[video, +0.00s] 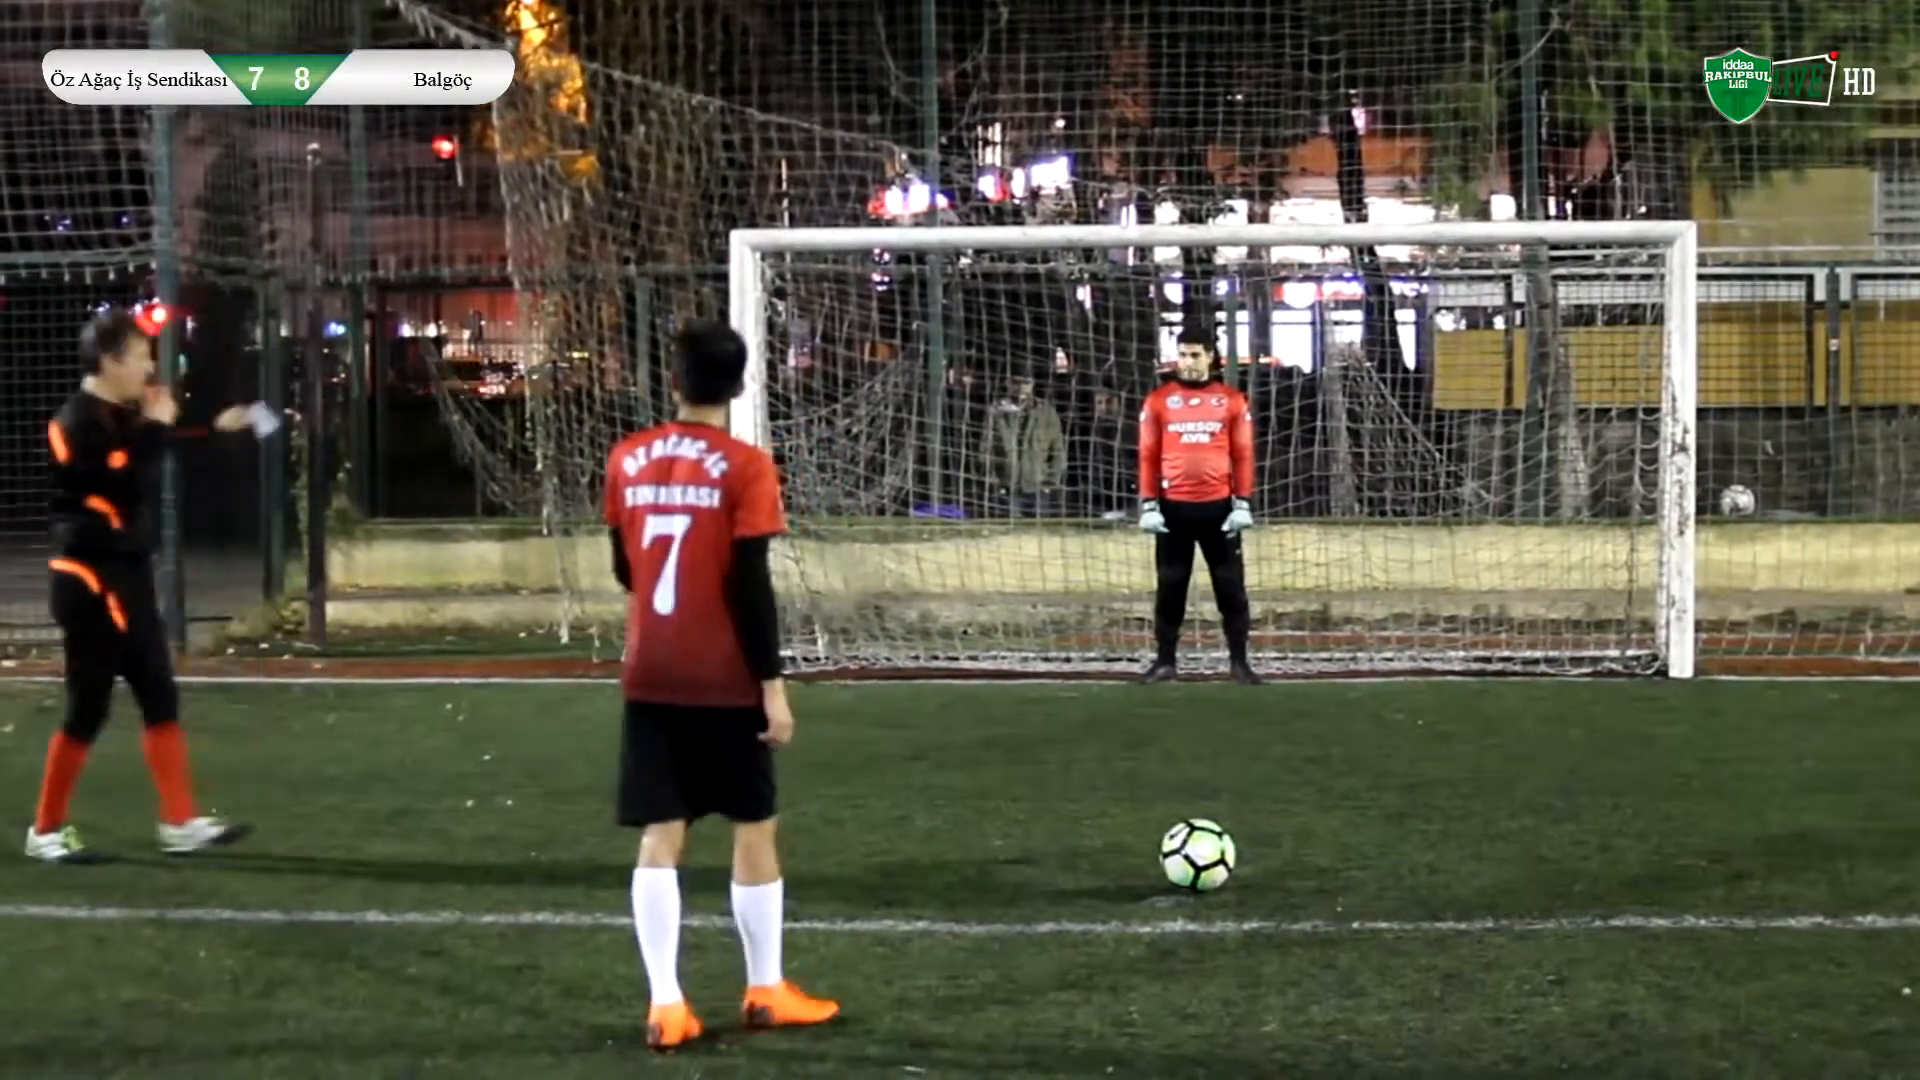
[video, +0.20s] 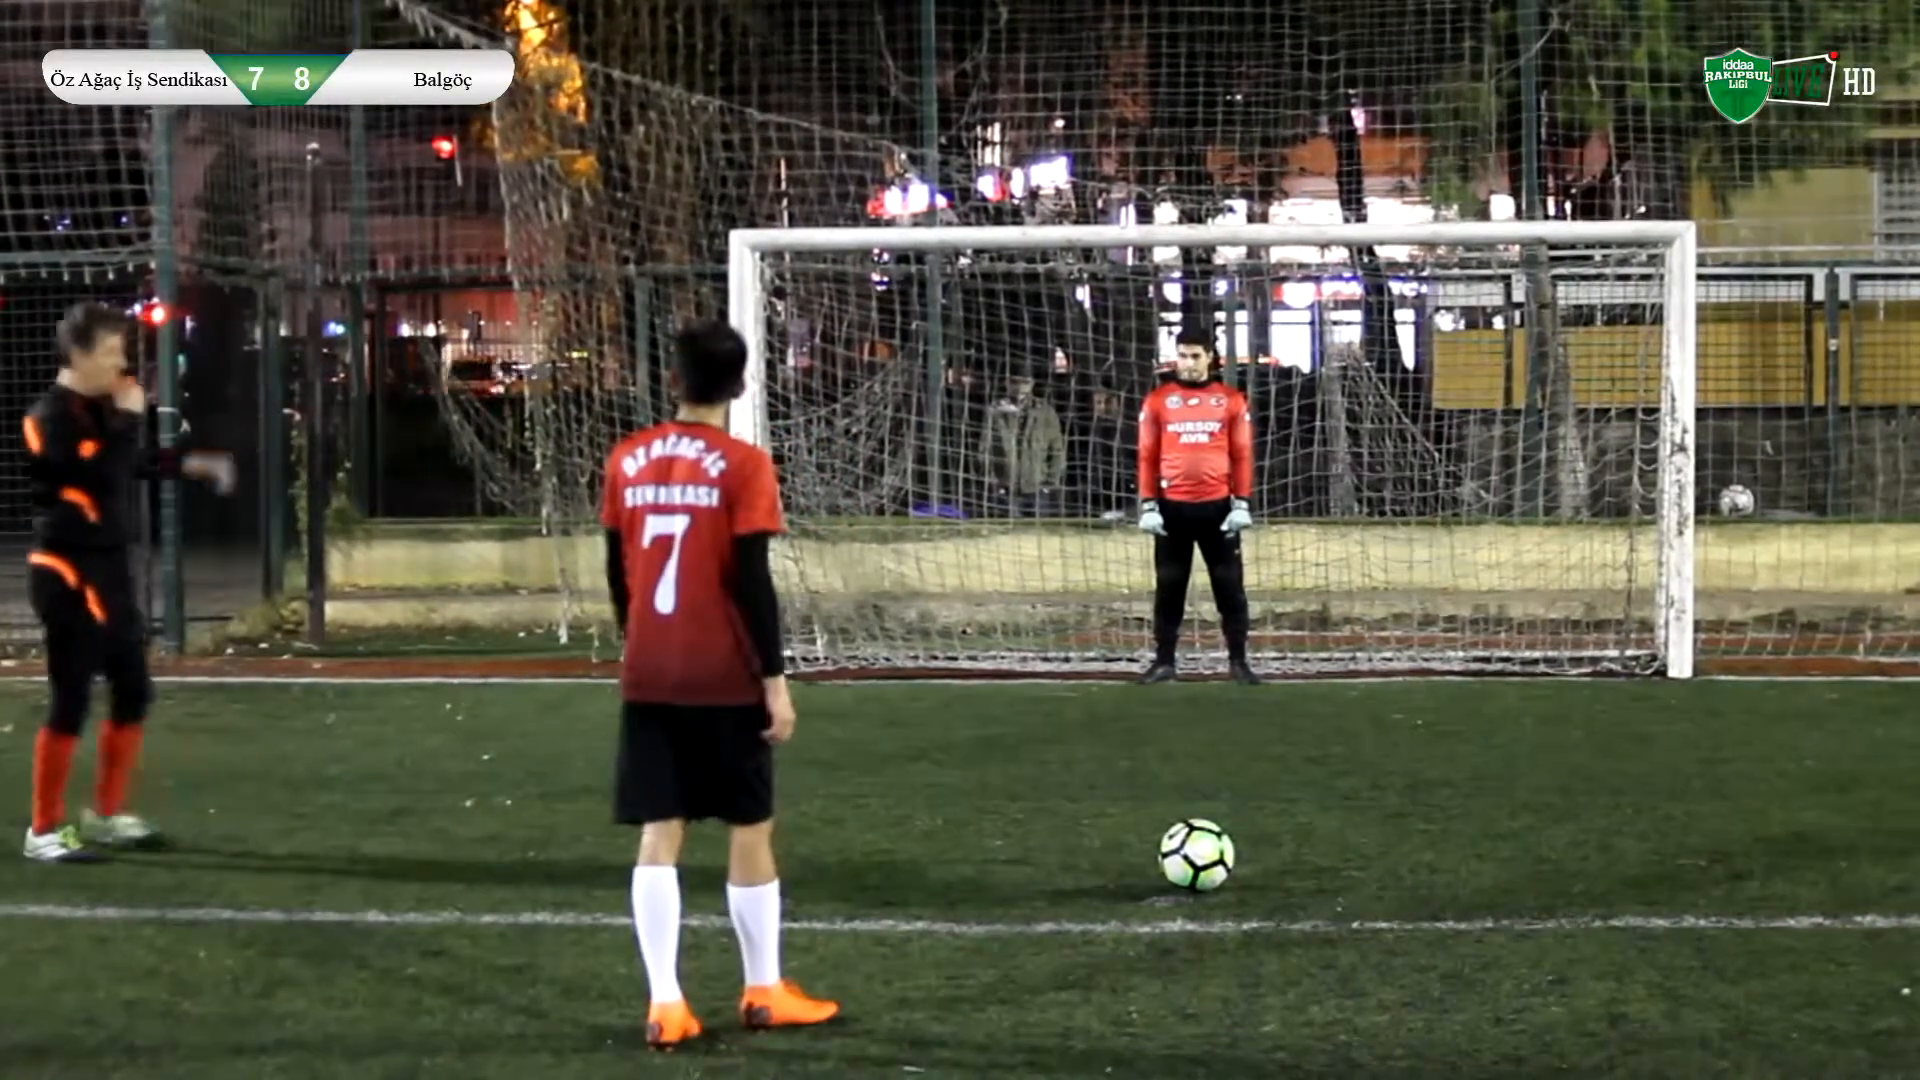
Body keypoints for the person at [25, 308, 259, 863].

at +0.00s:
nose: (149, 370)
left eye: (149, 359)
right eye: (140, 359)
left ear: (124, 362)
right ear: (106, 363)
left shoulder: (126, 415)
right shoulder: (75, 422)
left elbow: (166, 436)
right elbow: (117, 491)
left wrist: (221, 425)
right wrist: (155, 429)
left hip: (128, 575)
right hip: (85, 577)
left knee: (159, 695)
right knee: (88, 706)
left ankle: (180, 820)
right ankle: (47, 829)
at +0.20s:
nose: (123, 365)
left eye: (124, 355)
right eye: (115, 354)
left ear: (107, 359)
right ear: (80, 355)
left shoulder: (107, 411)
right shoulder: (49, 415)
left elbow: (135, 464)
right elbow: (93, 480)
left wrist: (189, 465)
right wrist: (126, 420)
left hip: (109, 568)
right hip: (65, 569)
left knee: (132, 689)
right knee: (70, 696)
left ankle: (108, 813)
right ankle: (45, 829)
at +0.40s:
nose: (97, 364)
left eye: (99, 353)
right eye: (89, 353)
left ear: (80, 355)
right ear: (57, 355)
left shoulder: (81, 412)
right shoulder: (27, 417)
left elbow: (100, 488)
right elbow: (75, 487)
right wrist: (103, 418)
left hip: (86, 565)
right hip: (46, 567)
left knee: (94, 694)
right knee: (65, 695)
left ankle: (47, 806)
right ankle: (42, 832)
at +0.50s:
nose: (87, 367)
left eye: (89, 356)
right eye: (78, 356)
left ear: (81, 358)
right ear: (49, 356)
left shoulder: (70, 413)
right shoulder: (24, 414)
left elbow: (76, 482)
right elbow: (59, 481)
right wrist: (89, 423)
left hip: (78, 564)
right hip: (39, 565)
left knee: (69, 687)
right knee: (63, 689)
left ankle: (17, 784)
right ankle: (44, 828)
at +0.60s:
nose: (78, 368)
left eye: (81, 357)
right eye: (69, 358)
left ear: (75, 359)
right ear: (37, 358)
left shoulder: (70, 411)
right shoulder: (18, 415)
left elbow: (78, 492)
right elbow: (44, 485)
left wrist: (119, 520)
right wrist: (79, 420)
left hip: (69, 568)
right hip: (31, 570)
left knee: (49, 692)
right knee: (63, 697)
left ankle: (6, 779)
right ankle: (42, 829)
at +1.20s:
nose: (52, 377)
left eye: (54, 365)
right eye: (44, 365)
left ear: (23, 367)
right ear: (13, 365)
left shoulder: (26, 422)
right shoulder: (9, 423)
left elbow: (31, 503)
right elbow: (11, 508)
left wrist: (79, 522)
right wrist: (55, 499)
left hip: (17, 581)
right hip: (4, 583)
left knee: (15, 692)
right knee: (16, 692)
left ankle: (15, 813)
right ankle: (12, 814)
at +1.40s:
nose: (44, 376)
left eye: (45, 364)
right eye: (38, 363)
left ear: (20, 363)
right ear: (6, 361)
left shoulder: (18, 419)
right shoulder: (3, 421)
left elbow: (46, 478)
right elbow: (0, 505)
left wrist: (114, 482)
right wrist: (36, 524)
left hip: (12, 585)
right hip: (1, 588)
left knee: (9, 693)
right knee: (7, 694)